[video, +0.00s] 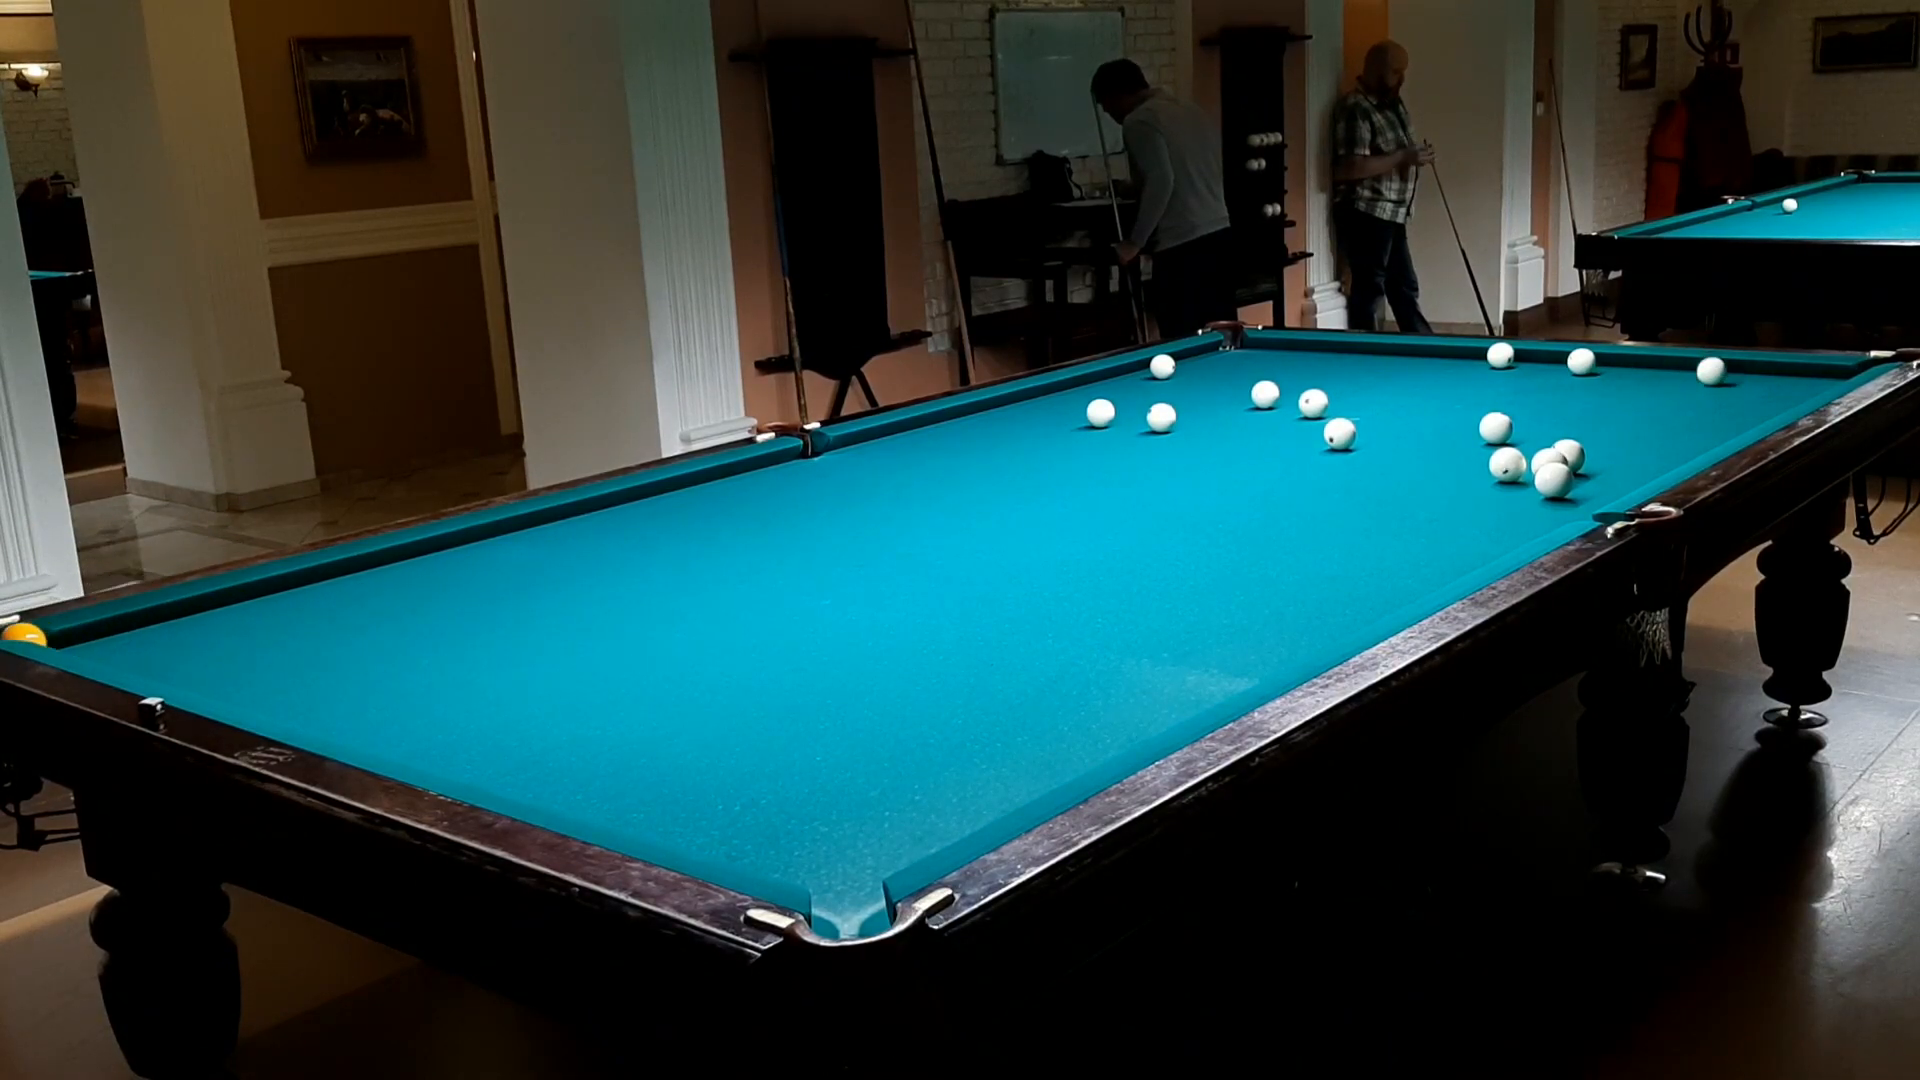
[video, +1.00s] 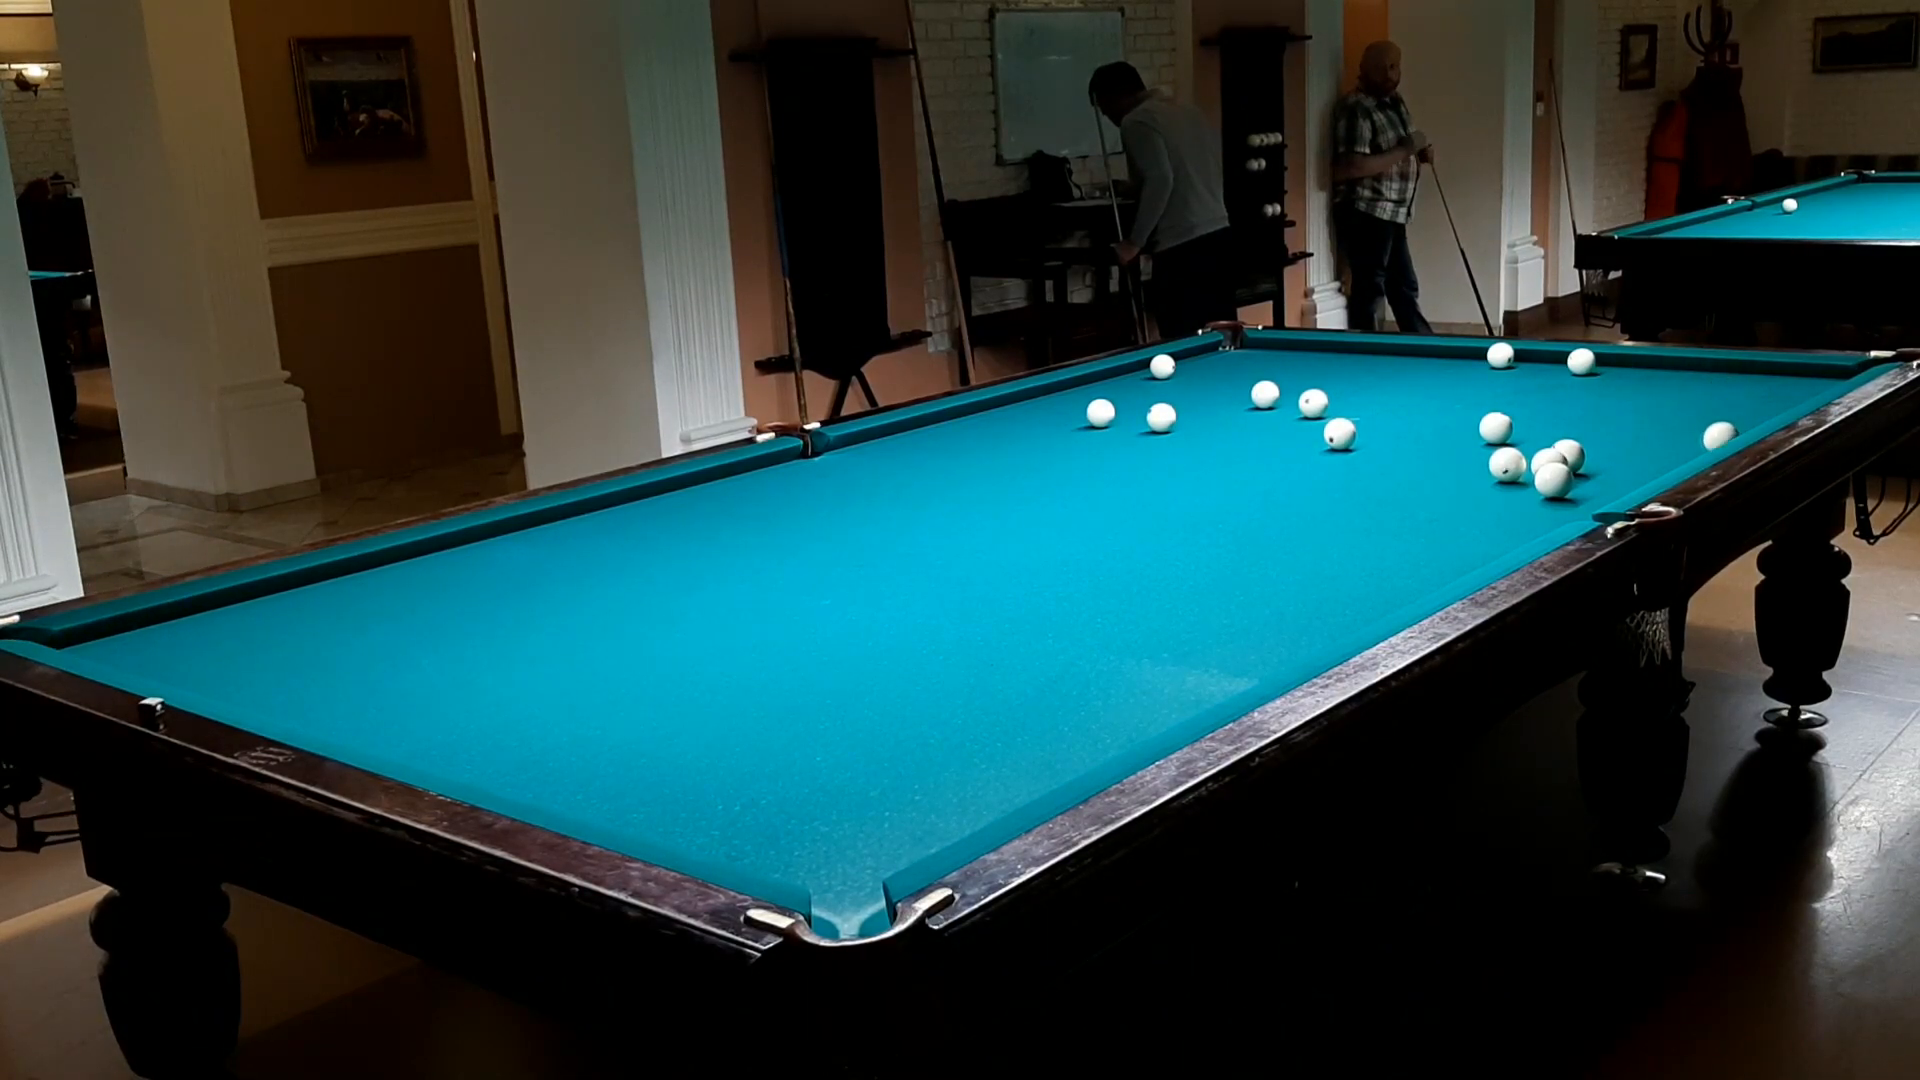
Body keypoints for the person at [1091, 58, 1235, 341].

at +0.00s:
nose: (1110, 114)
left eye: (1107, 106)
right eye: (1105, 108)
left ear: (1116, 97)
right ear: (1141, 83)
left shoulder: (1139, 122)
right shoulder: (1187, 109)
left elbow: (1160, 180)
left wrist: (1134, 243)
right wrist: (1137, 189)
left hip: (1181, 250)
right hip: (1220, 238)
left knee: (1181, 344)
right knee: (1221, 334)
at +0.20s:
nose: (1109, 115)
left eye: (1105, 107)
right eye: (1104, 108)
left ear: (1116, 97)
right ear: (1139, 84)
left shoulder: (1138, 122)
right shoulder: (1185, 109)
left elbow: (1159, 180)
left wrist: (1134, 243)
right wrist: (1137, 188)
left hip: (1181, 249)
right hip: (1220, 237)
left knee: (1180, 342)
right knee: (1220, 333)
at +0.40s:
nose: (1107, 115)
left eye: (1104, 106)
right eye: (1102, 108)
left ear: (1115, 98)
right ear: (1138, 85)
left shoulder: (1137, 122)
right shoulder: (1185, 109)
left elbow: (1159, 180)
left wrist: (1134, 243)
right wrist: (1137, 188)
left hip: (1181, 249)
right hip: (1220, 238)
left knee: (1180, 343)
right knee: (1220, 334)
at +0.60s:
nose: (1107, 116)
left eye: (1104, 107)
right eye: (1102, 109)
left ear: (1115, 98)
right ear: (1137, 86)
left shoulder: (1137, 122)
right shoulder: (1186, 109)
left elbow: (1159, 181)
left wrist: (1134, 243)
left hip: (1181, 249)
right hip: (1220, 238)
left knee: (1180, 343)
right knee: (1221, 334)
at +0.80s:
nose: (1107, 115)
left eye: (1104, 106)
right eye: (1102, 108)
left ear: (1114, 98)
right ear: (1137, 86)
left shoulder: (1137, 122)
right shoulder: (1182, 110)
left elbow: (1159, 180)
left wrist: (1134, 243)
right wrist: (1138, 188)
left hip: (1182, 250)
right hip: (1220, 239)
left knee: (1181, 345)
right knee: (1220, 337)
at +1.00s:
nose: (1107, 116)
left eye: (1104, 107)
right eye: (1102, 109)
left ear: (1113, 99)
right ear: (1138, 86)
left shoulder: (1137, 122)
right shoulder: (1183, 110)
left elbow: (1159, 180)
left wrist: (1134, 243)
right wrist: (1138, 188)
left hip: (1182, 250)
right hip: (1220, 238)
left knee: (1180, 344)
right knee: (1220, 336)